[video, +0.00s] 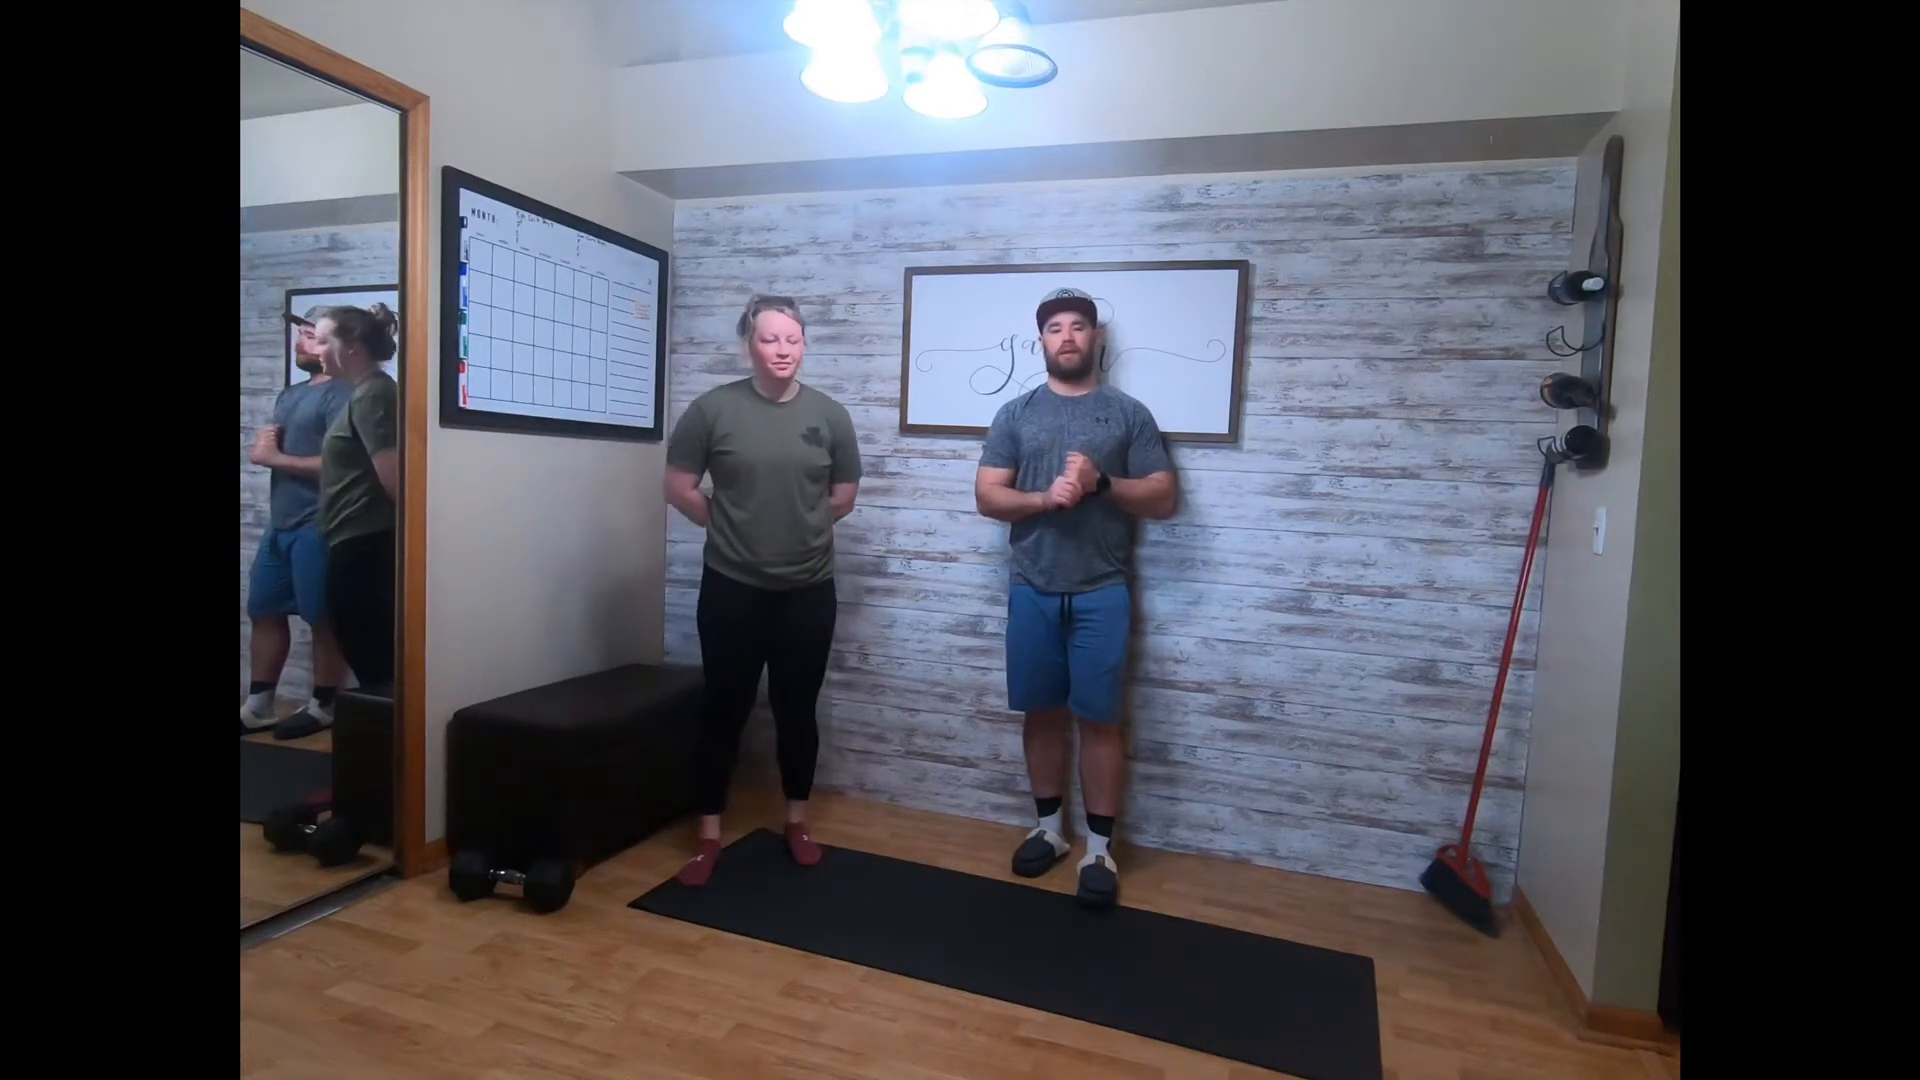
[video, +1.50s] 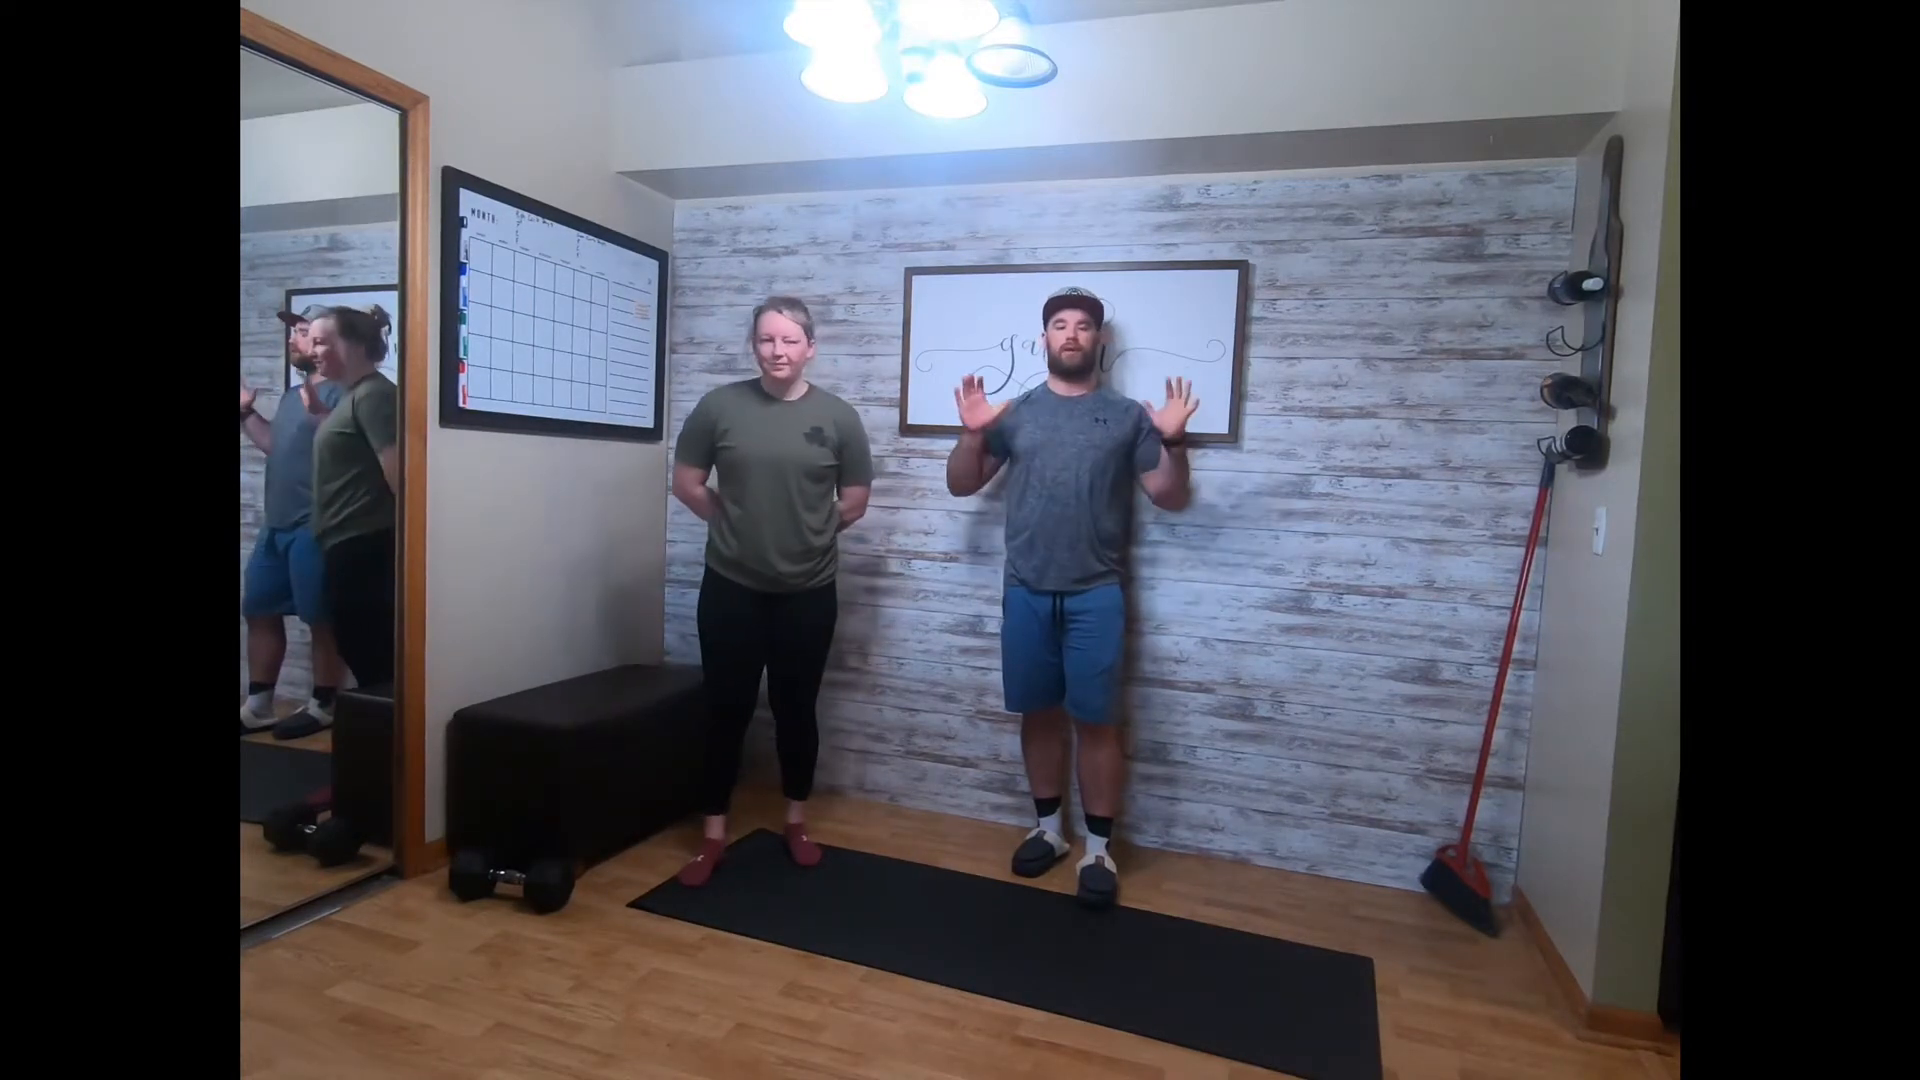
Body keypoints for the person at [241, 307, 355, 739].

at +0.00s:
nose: (300, 340)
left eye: (310, 335)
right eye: (301, 333)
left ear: (331, 347)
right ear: (302, 343)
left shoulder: (342, 394)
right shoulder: (289, 395)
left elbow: (337, 464)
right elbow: (278, 443)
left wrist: (275, 458)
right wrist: (267, 443)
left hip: (319, 524)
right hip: (280, 524)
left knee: (322, 618)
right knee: (265, 610)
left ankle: (324, 707)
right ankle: (259, 704)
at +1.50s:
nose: (294, 339)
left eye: (304, 332)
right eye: (295, 333)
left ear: (326, 342)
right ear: (299, 344)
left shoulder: (343, 392)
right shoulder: (294, 394)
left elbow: (346, 447)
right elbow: (276, 446)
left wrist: (317, 412)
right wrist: (248, 413)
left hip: (317, 523)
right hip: (276, 523)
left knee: (321, 617)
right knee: (260, 608)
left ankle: (324, 706)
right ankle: (259, 704)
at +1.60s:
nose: (294, 339)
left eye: (304, 333)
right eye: (295, 332)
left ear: (327, 343)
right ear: (298, 343)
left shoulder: (343, 392)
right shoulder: (295, 392)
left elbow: (357, 439)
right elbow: (268, 440)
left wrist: (334, 393)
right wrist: (247, 398)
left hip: (318, 526)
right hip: (277, 524)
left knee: (321, 619)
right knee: (259, 609)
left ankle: (324, 706)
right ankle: (259, 704)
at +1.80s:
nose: (298, 342)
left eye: (308, 336)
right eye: (297, 335)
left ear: (331, 344)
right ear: (296, 343)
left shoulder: (347, 391)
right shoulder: (289, 386)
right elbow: (250, 384)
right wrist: (238, 346)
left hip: (322, 528)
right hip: (280, 523)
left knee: (322, 621)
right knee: (264, 609)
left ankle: (324, 705)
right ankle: (259, 703)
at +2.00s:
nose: (292, 341)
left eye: (301, 333)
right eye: (290, 333)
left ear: (327, 339)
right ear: (290, 342)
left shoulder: (338, 382)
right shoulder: (289, 375)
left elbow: (349, 335)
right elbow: (252, 336)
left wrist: (342, 283)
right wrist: (238, 301)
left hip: (323, 522)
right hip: (283, 519)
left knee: (322, 617)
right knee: (264, 609)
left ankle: (324, 706)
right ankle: (260, 702)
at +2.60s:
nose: (293, 343)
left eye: (303, 336)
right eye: (290, 336)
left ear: (323, 344)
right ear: (287, 344)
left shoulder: (335, 392)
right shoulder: (278, 394)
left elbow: (350, 459)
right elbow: (272, 453)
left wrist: (331, 513)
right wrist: (266, 509)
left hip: (312, 526)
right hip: (269, 524)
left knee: (318, 619)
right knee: (251, 611)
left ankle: (324, 705)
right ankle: (257, 704)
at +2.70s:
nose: (291, 340)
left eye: (303, 334)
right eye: (288, 334)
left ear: (321, 344)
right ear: (283, 342)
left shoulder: (333, 389)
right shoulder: (272, 392)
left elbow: (348, 455)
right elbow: (267, 453)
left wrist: (331, 513)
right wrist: (260, 508)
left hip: (308, 525)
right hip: (261, 522)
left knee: (315, 620)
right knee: (251, 613)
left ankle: (324, 706)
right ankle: (257, 705)